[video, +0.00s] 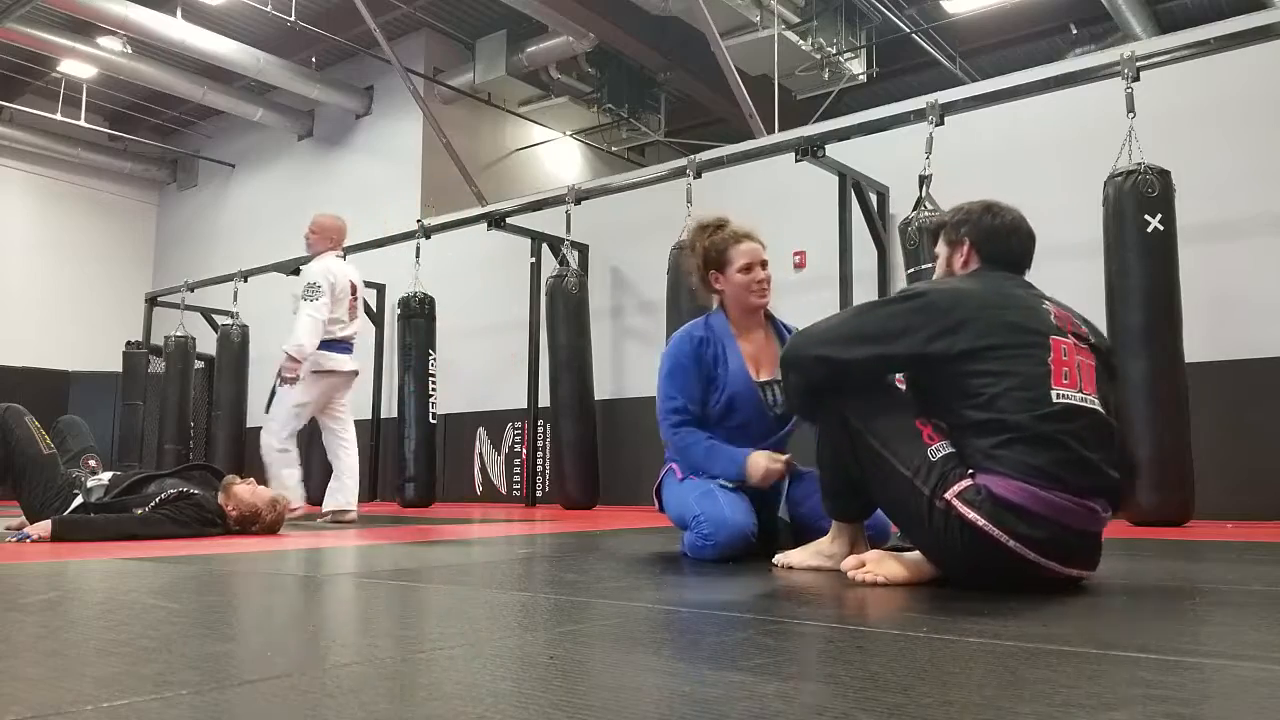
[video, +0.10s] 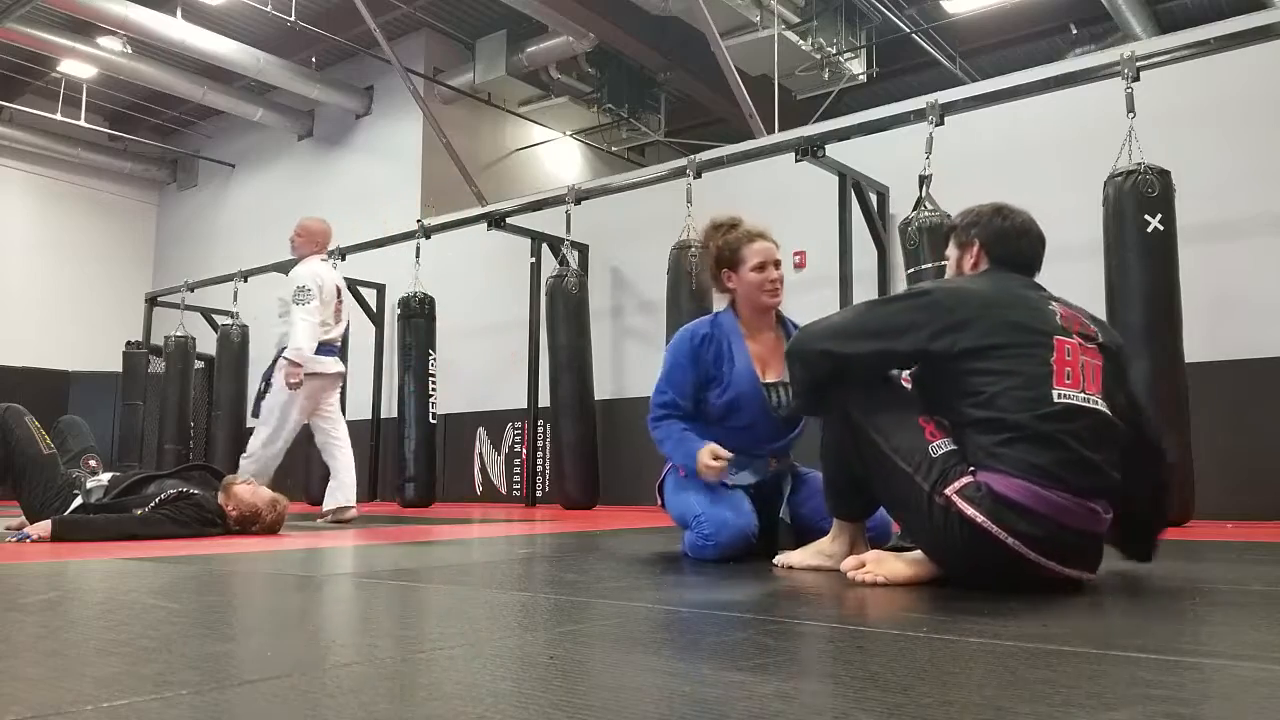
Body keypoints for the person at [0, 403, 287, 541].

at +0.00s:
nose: (248, 477)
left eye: (250, 488)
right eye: (257, 483)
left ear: (234, 510)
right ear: (235, 504)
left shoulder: (199, 513)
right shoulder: (218, 490)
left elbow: (130, 524)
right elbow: (158, 483)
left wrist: (55, 526)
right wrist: (115, 478)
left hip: (70, 500)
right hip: (103, 485)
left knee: (11, 414)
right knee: (69, 421)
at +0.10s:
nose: (248, 477)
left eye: (250, 488)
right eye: (256, 483)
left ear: (234, 510)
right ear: (236, 504)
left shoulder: (198, 513)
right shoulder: (218, 490)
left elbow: (130, 525)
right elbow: (157, 483)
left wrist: (56, 526)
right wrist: (114, 479)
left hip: (69, 501)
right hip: (102, 486)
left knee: (11, 414)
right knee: (69, 421)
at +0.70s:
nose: (251, 478)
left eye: (252, 489)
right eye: (258, 484)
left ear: (234, 510)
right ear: (237, 503)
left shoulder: (199, 514)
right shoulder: (216, 483)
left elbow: (130, 525)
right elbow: (152, 481)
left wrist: (57, 526)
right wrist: (111, 480)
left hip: (68, 500)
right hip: (101, 484)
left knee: (11, 414)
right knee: (70, 422)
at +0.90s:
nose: (248, 477)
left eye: (250, 489)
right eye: (256, 483)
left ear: (234, 511)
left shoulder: (200, 514)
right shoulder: (214, 482)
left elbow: (129, 525)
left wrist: (57, 526)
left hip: (68, 500)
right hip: (100, 483)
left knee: (11, 414)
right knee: (70, 421)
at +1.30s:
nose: (235, 473)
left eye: (239, 482)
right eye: (243, 475)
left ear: (233, 508)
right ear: (241, 475)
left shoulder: (196, 515)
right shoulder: (215, 481)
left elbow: (128, 525)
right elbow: (155, 477)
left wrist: (56, 526)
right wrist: (115, 480)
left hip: (67, 501)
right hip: (100, 483)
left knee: (11, 414)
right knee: (71, 421)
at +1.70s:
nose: (221, 475)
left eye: (229, 484)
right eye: (229, 472)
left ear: (236, 506)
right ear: (231, 467)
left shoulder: (197, 513)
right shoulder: (210, 481)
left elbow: (129, 525)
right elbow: (150, 489)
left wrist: (56, 527)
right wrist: (112, 481)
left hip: (69, 502)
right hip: (101, 484)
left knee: (11, 416)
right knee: (73, 422)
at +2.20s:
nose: (212, 469)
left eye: (221, 477)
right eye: (220, 467)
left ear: (233, 504)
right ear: (224, 464)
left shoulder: (198, 512)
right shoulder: (206, 483)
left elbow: (129, 525)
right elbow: (146, 488)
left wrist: (56, 526)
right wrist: (109, 479)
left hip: (66, 502)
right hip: (97, 484)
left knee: (10, 416)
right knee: (75, 422)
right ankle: (24, 497)